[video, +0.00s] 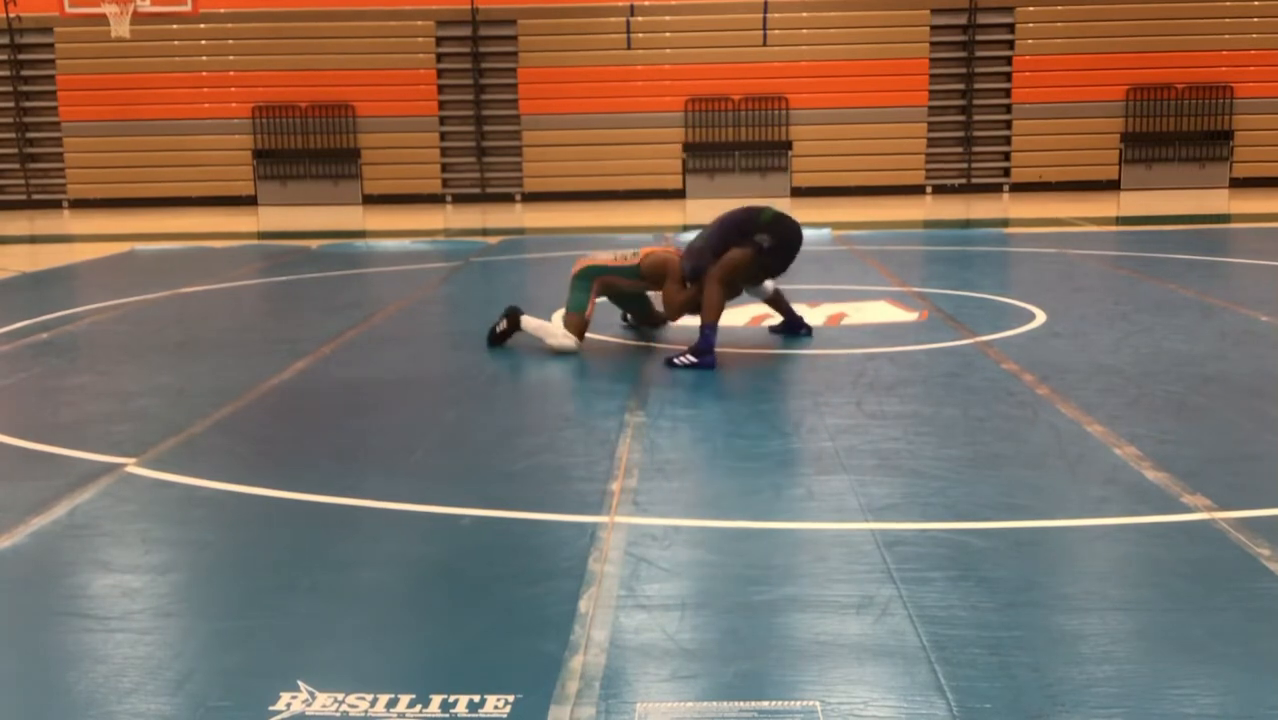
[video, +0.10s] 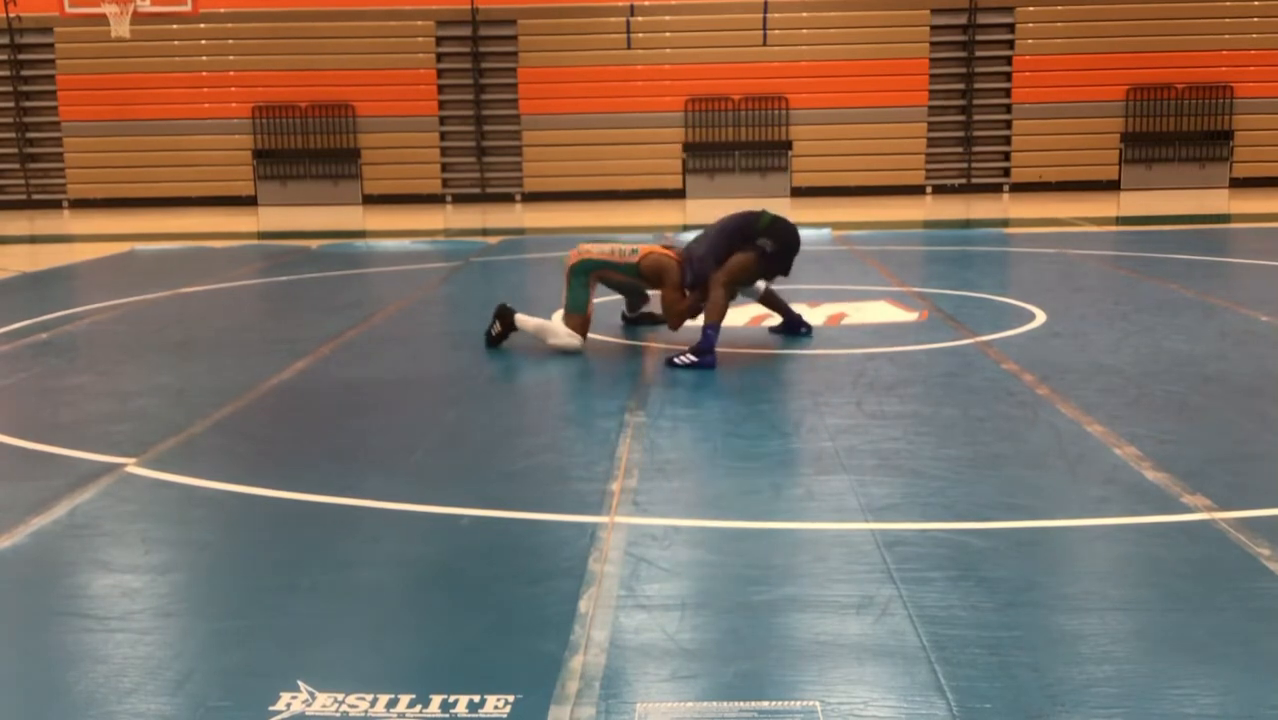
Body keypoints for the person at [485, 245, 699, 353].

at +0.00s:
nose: (691, 312)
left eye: (696, 310)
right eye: (693, 309)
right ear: (694, 288)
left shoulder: (689, 263)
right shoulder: (673, 265)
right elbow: (673, 312)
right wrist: (700, 288)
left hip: (620, 276)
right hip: (589, 273)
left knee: (654, 321)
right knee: (568, 340)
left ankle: (632, 317)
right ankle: (517, 320)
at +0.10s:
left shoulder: (678, 259)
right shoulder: (670, 267)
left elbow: (680, 312)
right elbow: (675, 322)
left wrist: (699, 294)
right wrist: (701, 296)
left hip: (596, 258)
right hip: (582, 264)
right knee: (572, 339)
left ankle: (634, 313)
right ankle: (510, 319)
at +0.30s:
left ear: (666, 230)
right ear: (669, 242)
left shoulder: (650, 228)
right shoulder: (646, 249)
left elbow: (656, 294)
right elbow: (654, 305)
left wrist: (681, 273)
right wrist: (682, 275)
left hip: (579, 244)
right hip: (569, 256)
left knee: (626, 280)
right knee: (582, 334)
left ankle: (630, 314)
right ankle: (520, 321)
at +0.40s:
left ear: (661, 213)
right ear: (660, 230)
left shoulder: (640, 215)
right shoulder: (629, 239)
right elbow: (639, 293)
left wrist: (675, 260)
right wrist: (668, 264)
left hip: (575, 243)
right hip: (562, 252)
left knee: (625, 270)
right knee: (582, 326)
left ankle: (631, 311)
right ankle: (518, 321)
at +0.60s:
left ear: (637, 209)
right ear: (637, 222)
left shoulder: (623, 209)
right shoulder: (614, 227)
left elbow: (618, 271)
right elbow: (616, 281)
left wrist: (653, 253)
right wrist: (649, 256)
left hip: (570, 229)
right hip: (549, 233)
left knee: (606, 267)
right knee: (571, 306)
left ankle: (625, 310)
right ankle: (512, 325)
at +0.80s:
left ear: (637, 214)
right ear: (642, 219)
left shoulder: (624, 216)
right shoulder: (613, 211)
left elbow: (617, 255)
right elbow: (602, 253)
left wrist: (648, 256)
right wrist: (635, 239)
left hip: (574, 222)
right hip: (553, 218)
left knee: (614, 268)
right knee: (558, 288)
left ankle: (599, 311)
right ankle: (493, 318)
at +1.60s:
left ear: (640, 192)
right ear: (643, 200)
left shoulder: (625, 200)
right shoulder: (619, 196)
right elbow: (615, 232)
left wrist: (670, 233)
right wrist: (650, 217)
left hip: (559, 213)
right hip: (541, 211)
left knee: (591, 258)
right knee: (562, 288)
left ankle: (589, 319)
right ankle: (494, 328)